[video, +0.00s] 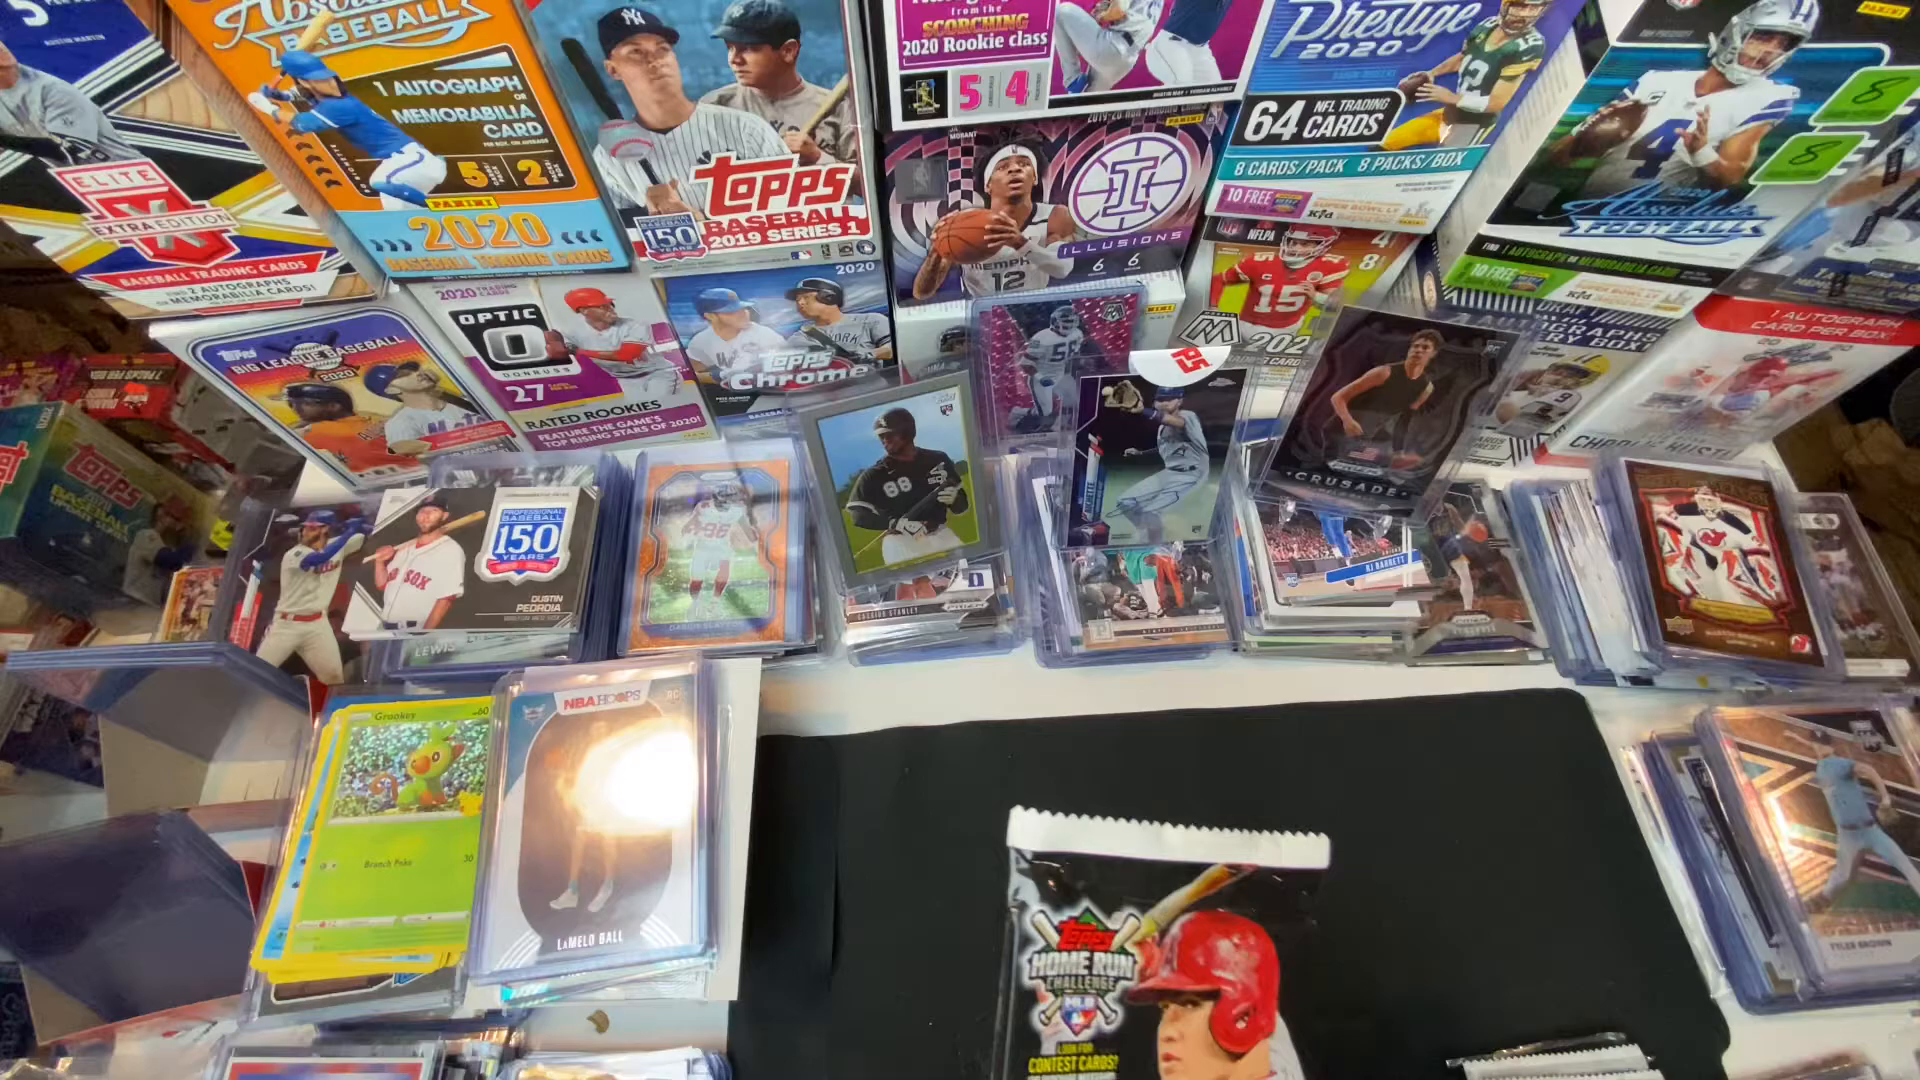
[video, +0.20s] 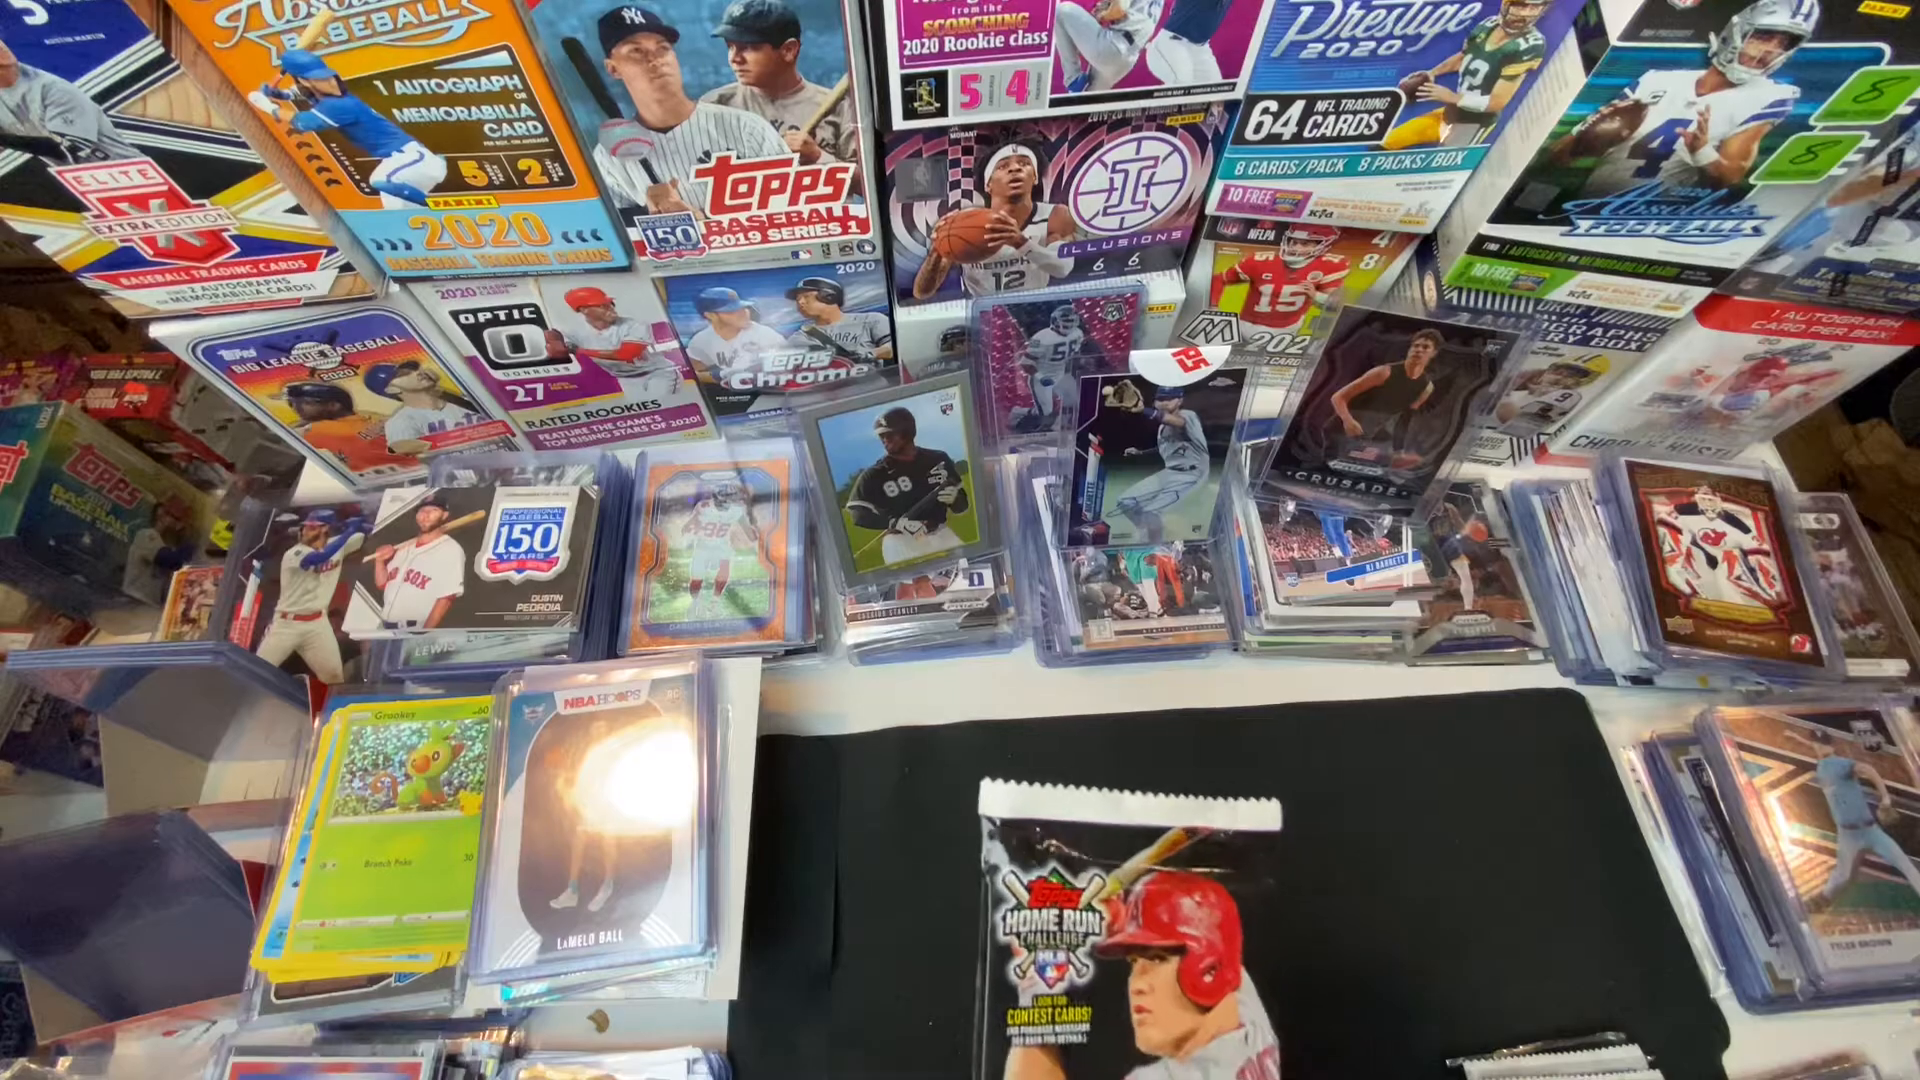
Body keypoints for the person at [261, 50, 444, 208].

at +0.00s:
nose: (300, 87)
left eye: (300, 83)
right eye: (301, 83)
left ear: (307, 84)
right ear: (311, 82)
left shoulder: (342, 107)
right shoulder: (332, 102)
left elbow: (299, 123)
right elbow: (301, 93)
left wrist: (269, 109)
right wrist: (276, 95)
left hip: (414, 159)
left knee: (380, 179)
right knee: (398, 220)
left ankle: (433, 218)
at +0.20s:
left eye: (302, 81)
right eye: (322, 76)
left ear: (308, 82)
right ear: (308, 82)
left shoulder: (341, 105)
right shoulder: (332, 101)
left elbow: (299, 121)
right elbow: (301, 92)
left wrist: (269, 107)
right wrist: (276, 93)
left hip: (414, 157)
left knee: (380, 178)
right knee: (396, 219)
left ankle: (435, 215)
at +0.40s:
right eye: (322, 78)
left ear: (309, 83)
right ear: (308, 83)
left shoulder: (341, 106)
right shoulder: (332, 103)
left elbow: (299, 122)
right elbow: (301, 93)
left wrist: (269, 108)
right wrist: (276, 94)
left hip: (413, 158)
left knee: (379, 179)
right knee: (397, 219)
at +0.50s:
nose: (331, 78)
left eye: (328, 75)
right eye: (324, 77)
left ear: (309, 83)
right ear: (307, 83)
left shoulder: (340, 106)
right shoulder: (332, 102)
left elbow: (300, 122)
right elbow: (300, 93)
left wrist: (269, 107)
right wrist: (275, 93)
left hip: (413, 158)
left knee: (380, 179)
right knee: (397, 218)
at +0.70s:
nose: (301, 87)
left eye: (302, 82)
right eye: (319, 77)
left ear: (308, 83)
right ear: (309, 82)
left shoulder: (342, 106)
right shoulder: (333, 101)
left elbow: (299, 122)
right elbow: (304, 92)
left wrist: (271, 109)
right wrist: (278, 94)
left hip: (414, 159)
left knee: (380, 178)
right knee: (398, 221)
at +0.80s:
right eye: (322, 79)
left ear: (311, 84)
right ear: (309, 84)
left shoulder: (343, 107)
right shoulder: (331, 102)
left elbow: (298, 123)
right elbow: (302, 92)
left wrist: (271, 109)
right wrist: (277, 94)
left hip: (415, 159)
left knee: (381, 180)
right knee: (397, 221)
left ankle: (434, 214)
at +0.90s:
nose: (330, 80)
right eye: (321, 78)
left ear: (310, 83)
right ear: (309, 83)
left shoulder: (342, 106)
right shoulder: (331, 101)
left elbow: (298, 123)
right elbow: (302, 92)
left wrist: (271, 109)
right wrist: (278, 94)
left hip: (415, 158)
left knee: (380, 179)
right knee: (398, 221)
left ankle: (433, 214)